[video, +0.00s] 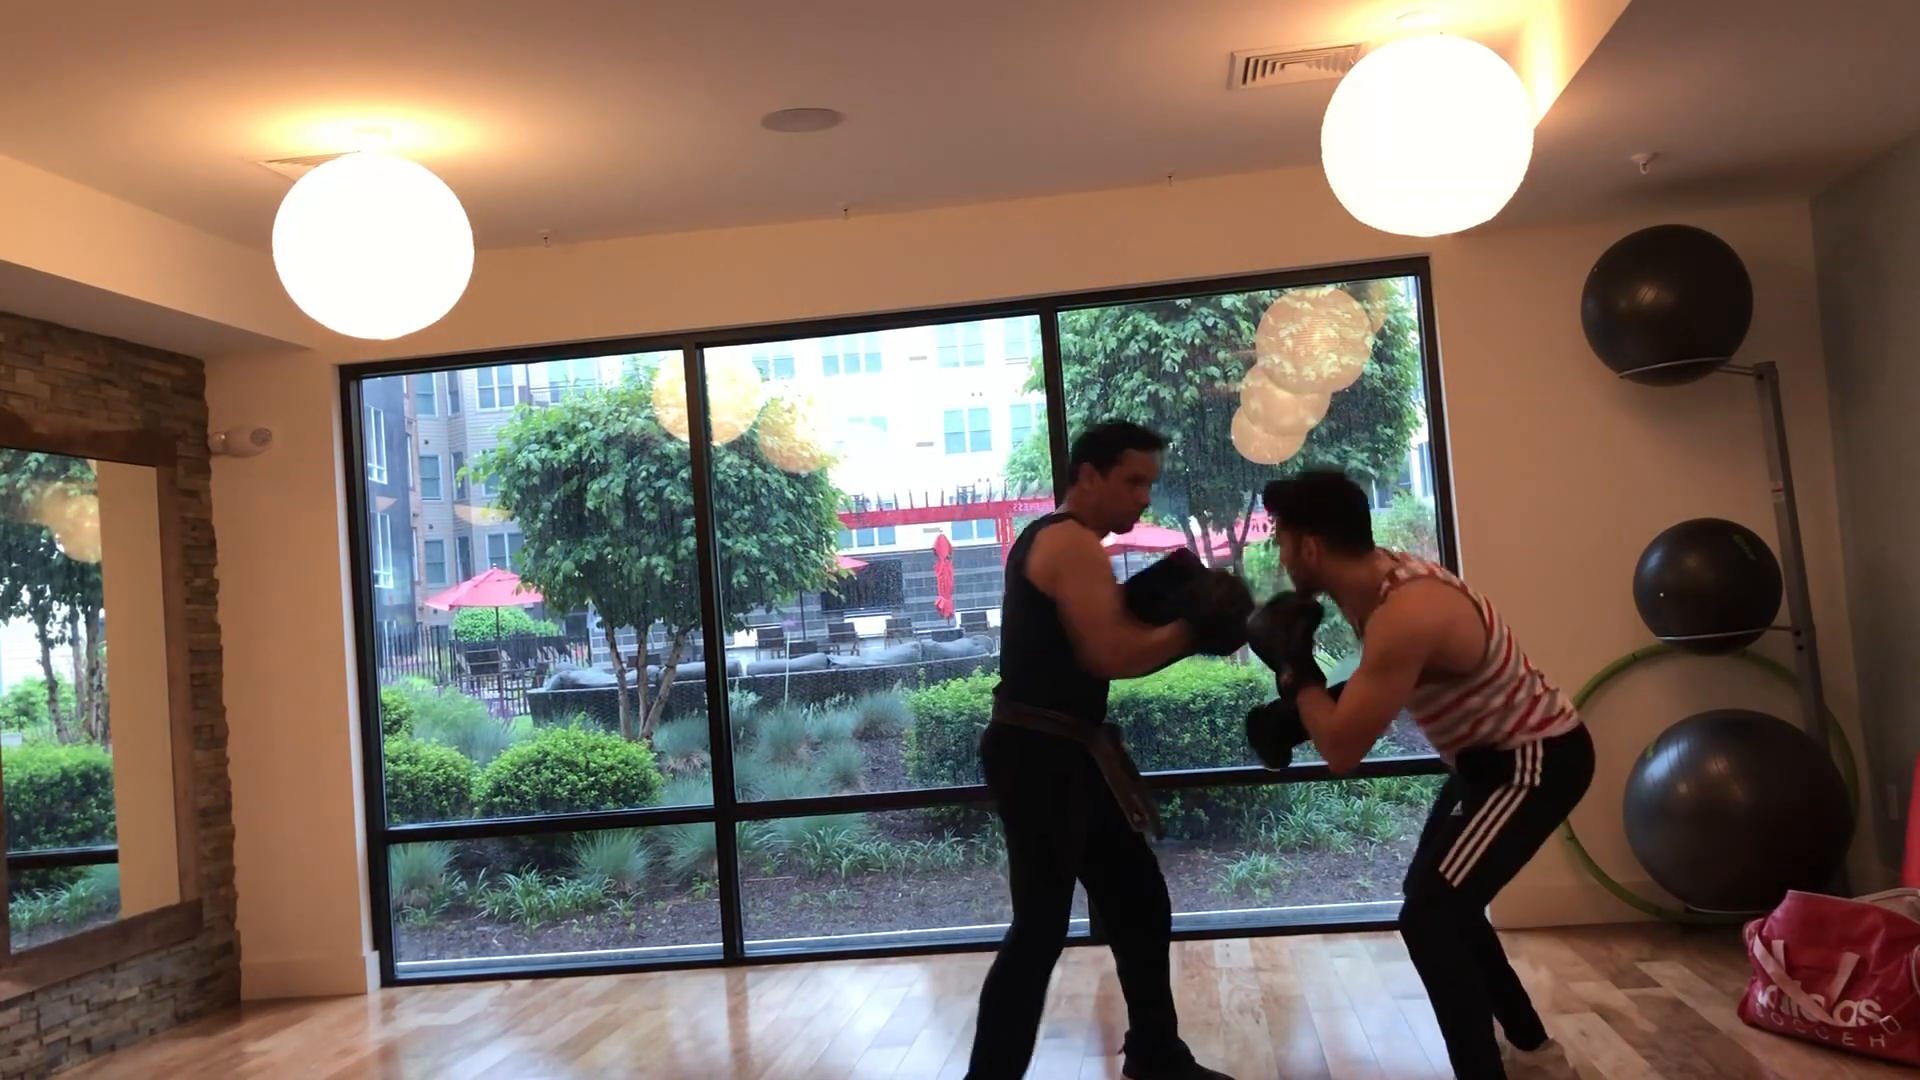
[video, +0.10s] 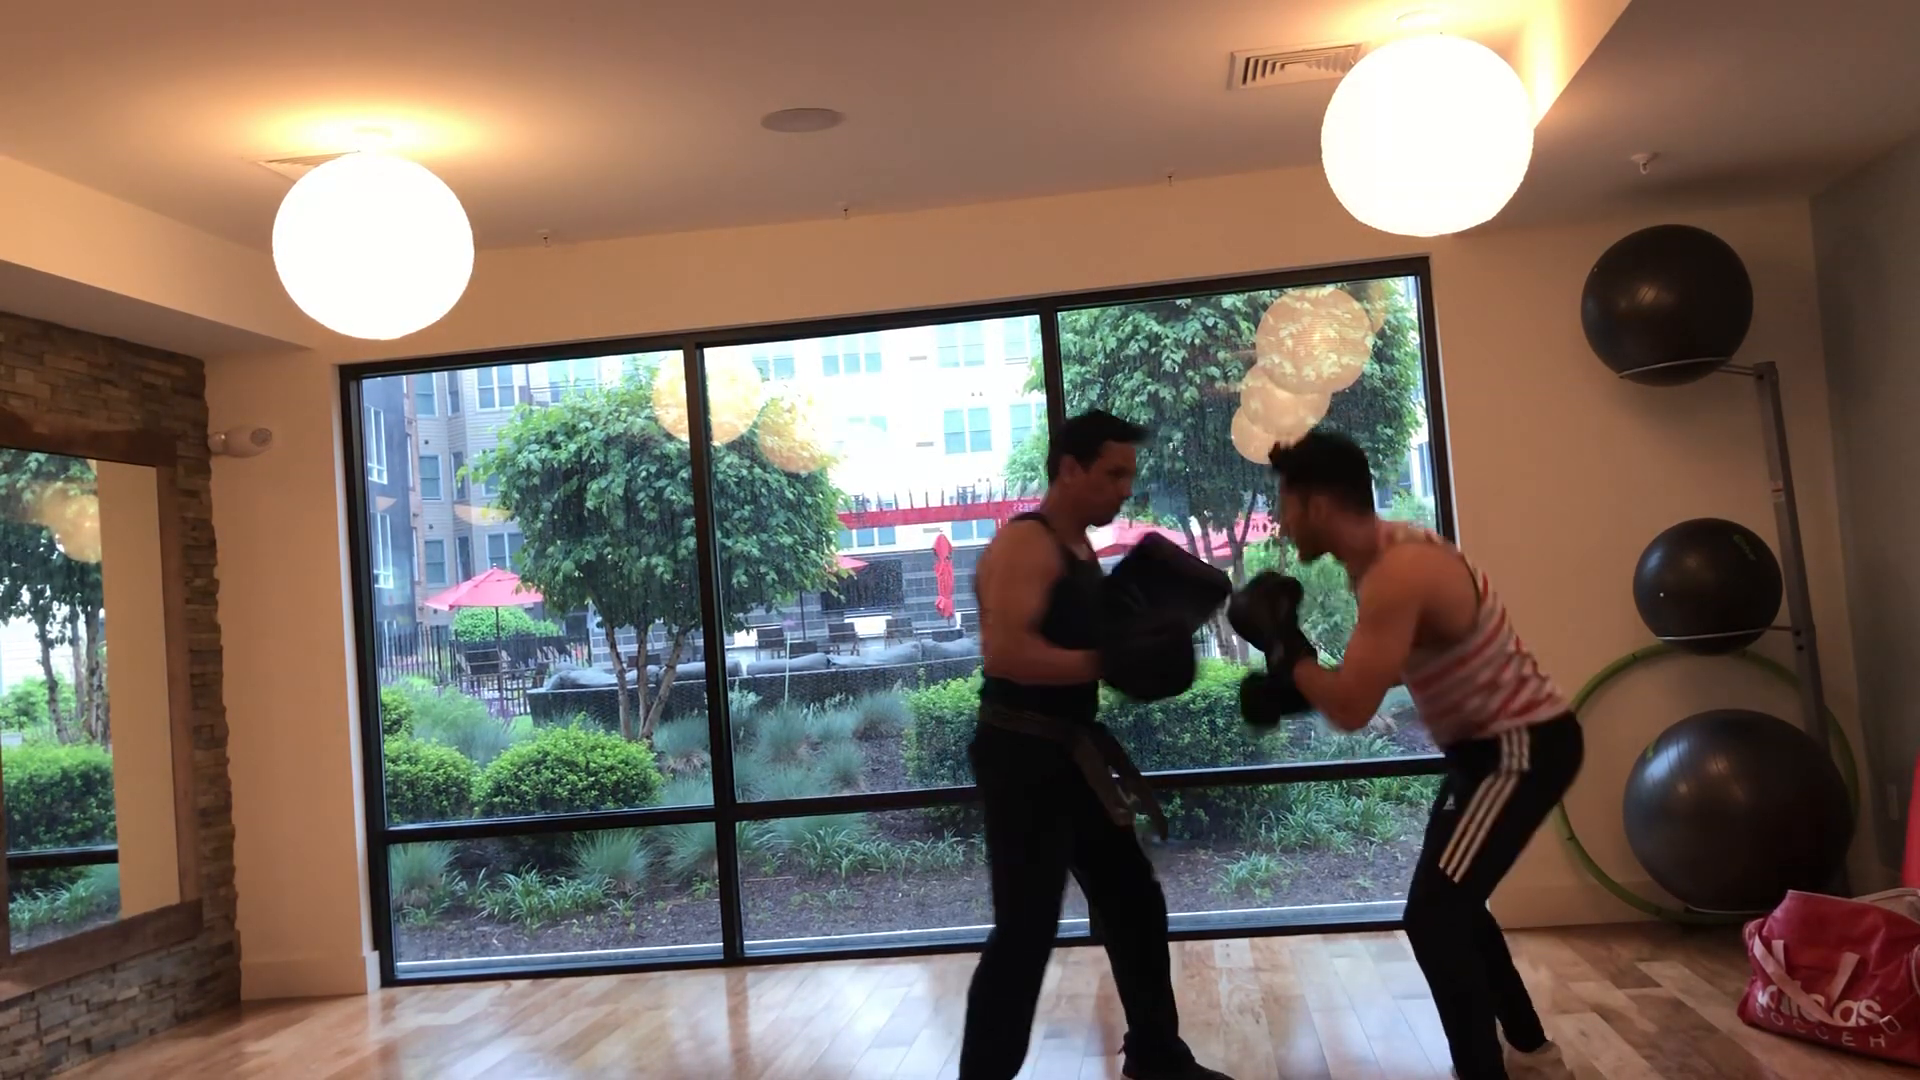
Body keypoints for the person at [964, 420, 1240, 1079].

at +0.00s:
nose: (1145, 499)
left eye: (1150, 485)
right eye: (1136, 484)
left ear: (1092, 483)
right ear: (1091, 478)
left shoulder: (1062, 540)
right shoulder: (1068, 545)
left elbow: (1100, 639)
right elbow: (1112, 656)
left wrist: (1165, 605)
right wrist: (1195, 629)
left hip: (1069, 746)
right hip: (1039, 752)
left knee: (1139, 900)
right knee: (1039, 926)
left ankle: (1155, 1050)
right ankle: (990, 1075)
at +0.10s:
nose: (1127, 489)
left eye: (1131, 476)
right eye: (1115, 474)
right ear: (1069, 470)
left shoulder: (1076, 547)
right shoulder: (1023, 543)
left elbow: (1088, 633)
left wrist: (1153, 614)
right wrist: (1108, 663)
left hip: (1072, 741)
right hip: (1020, 746)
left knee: (1133, 902)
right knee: (1025, 928)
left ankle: (1157, 1053)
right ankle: (983, 1074)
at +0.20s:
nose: (1109, 478)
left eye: (1111, 465)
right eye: (1098, 464)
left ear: (1072, 467)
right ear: (1049, 461)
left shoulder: (1081, 530)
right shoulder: (990, 536)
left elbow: (1130, 550)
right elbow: (936, 637)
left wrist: (1164, 531)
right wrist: (1040, 660)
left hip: (1059, 737)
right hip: (991, 743)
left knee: (1107, 906)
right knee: (994, 930)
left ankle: (1156, 1056)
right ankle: (976, 1073)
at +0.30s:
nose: (1100, 477)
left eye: (1101, 464)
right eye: (1090, 464)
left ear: (1049, 465)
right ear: (1041, 463)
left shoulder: (1081, 518)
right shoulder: (965, 536)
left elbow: (1161, 513)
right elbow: (908, 637)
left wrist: (1238, 483)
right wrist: (1009, 642)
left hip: (1044, 739)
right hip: (970, 744)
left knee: (1093, 902)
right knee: (970, 924)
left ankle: (1128, 1059)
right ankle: (970, 1072)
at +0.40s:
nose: (1093, 478)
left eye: (1094, 466)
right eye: (1084, 465)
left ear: (1044, 466)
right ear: (1035, 464)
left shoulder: (1076, 520)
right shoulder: (951, 536)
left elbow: (1169, 516)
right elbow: (903, 644)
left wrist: (1253, 490)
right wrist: (1001, 637)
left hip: (1045, 742)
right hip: (966, 747)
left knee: (1097, 904)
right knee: (962, 934)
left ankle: (1100, 1067)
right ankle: (965, 1072)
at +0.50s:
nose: (1094, 480)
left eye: (1095, 468)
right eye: (1085, 467)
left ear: (1051, 466)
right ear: (1041, 464)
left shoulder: (1072, 525)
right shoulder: (952, 534)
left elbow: (1143, 557)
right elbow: (901, 642)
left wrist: (1194, 540)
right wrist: (997, 634)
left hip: (1055, 745)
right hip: (977, 749)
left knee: (1095, 909)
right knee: (972, 937)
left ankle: (1094, 1066)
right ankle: (966, 1075)